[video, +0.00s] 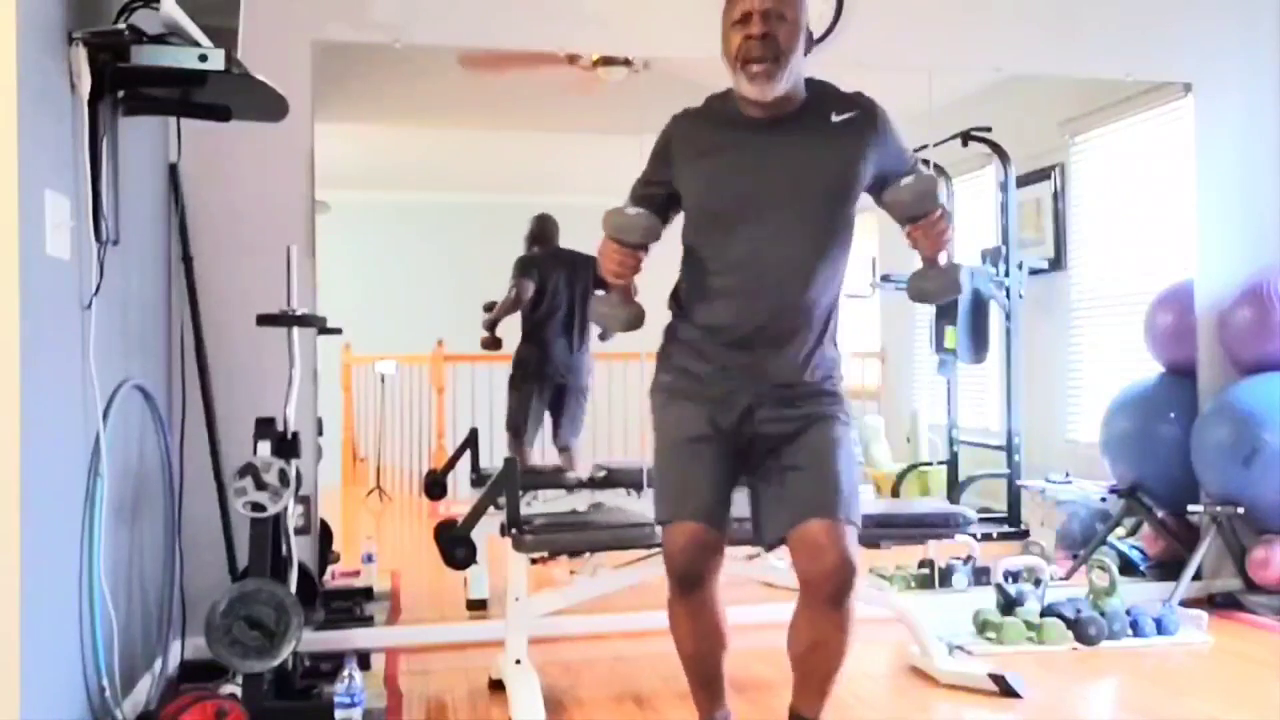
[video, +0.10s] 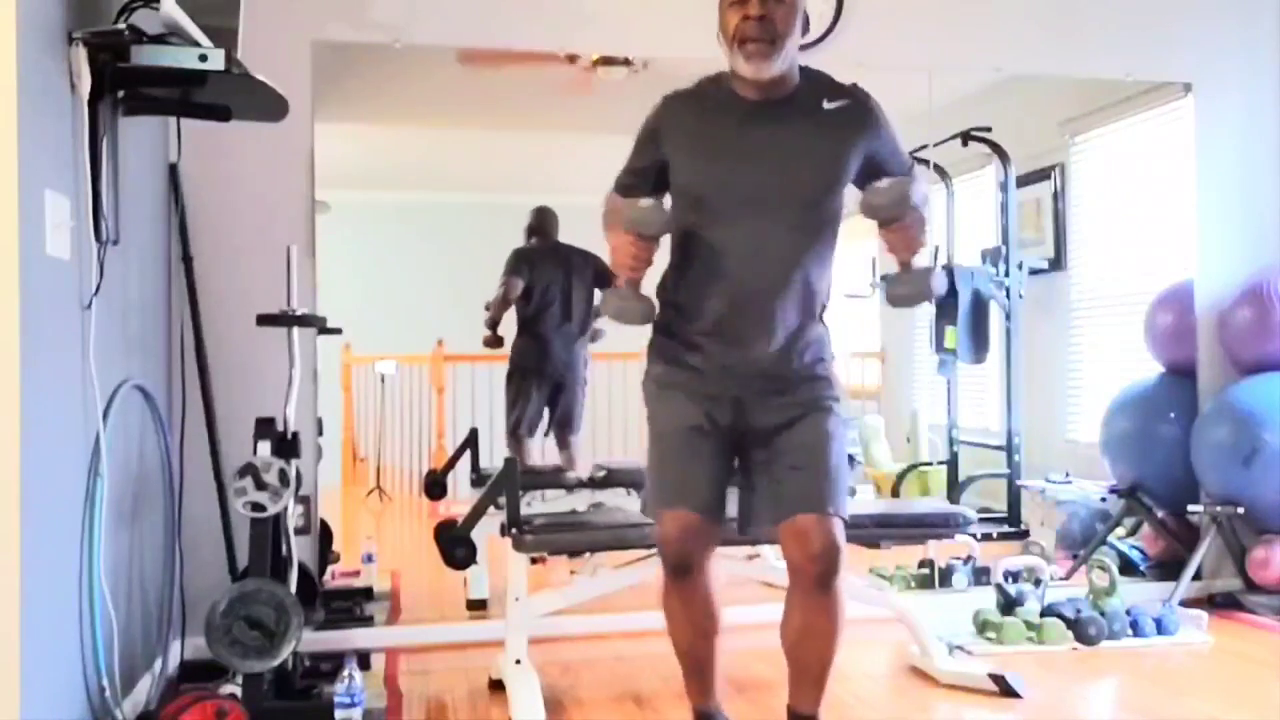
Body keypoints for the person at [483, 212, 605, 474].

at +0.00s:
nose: (527, 241)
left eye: (528, 237)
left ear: (531, 237)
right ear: (557, 236)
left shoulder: (529, 262)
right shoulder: (583, 262)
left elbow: (522, 295)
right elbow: (619, 287)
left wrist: (493, 320)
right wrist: (610, 323)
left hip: (536, 363)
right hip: (576, 366)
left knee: (520, 437)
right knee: (568, 439)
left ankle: (524, 502)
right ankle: (577, 504)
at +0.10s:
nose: (525, 234)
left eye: (527, 230)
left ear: (530, 230)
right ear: (557, 230)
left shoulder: (524, 256)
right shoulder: (585, 259)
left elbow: (510, 294)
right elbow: (617, 290)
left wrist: (493, 323)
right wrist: (596, 316)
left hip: (532, 360)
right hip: (572, 362)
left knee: (519, 436)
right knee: (567, 435)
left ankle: (527, 502)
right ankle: (575, 502)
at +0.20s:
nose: (525, 233)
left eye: (525, 229)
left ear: (527, 229)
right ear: (554, 229)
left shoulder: (517, 255)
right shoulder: (583, 257)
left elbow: (498, 302)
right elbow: (612, 304)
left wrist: (499, 329)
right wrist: (582, 313)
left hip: (528, 358)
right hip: (571, 360)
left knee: (498, 427)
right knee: (568, 434)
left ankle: (499, 487)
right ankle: (573, 498)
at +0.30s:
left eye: (526, 236)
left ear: (522, 238)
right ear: (548, 238)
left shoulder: (509, 270)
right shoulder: (575, 268)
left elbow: (489, 324)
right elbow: (597, 321)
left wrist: (511, 333)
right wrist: (567, 324)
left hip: (520, 366)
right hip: (566, 366)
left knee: (486, 430)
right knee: (571, 439)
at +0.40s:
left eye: (516, 257)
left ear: (513, 260)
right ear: (540, 259)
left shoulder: (499, 292)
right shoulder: (565, 289)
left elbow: (483, 352)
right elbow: (580, 337)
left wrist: (506, 341)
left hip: (516, 383)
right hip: (562, 382)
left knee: (469, 440)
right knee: (579, 452)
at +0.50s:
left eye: (505, 276)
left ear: (500, 277)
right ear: (529, 275)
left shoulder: (486, 308)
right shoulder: (551, 303)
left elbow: (469, 367)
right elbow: (568, 349)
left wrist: (491, 349)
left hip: (502, 398)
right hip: (547, 396)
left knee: (453, 451)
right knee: (579, 460)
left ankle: (449, 529)